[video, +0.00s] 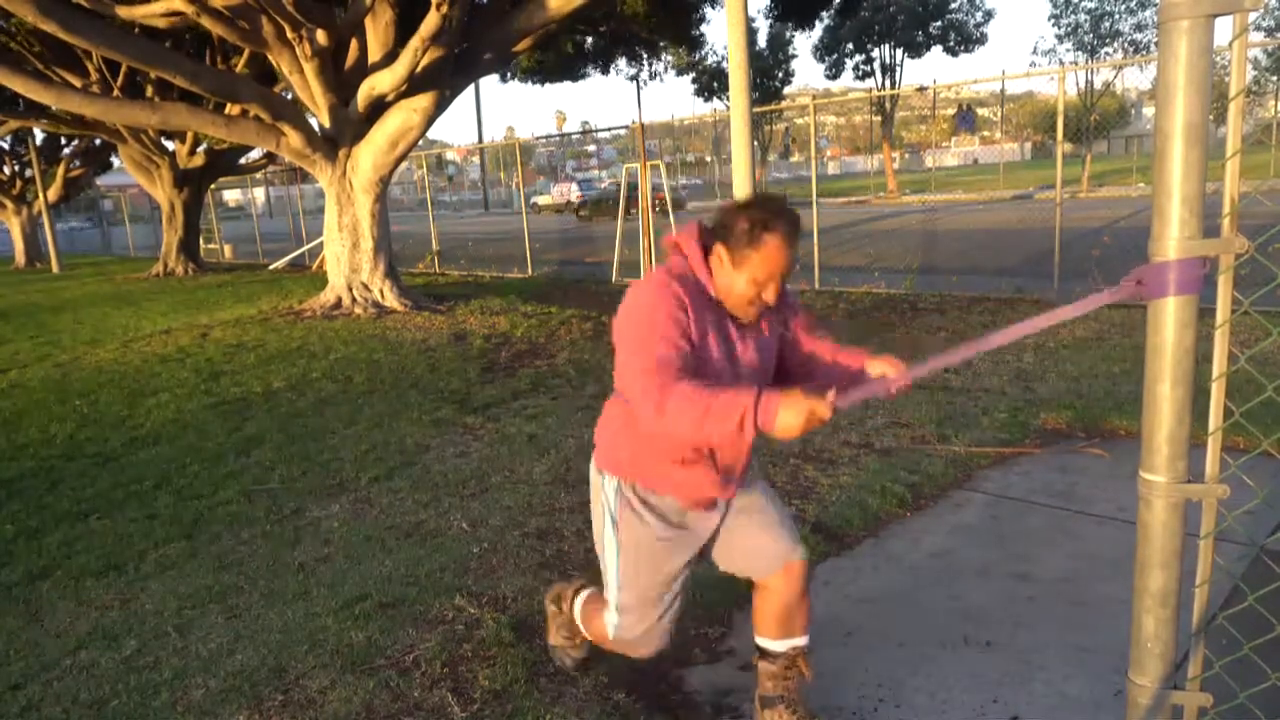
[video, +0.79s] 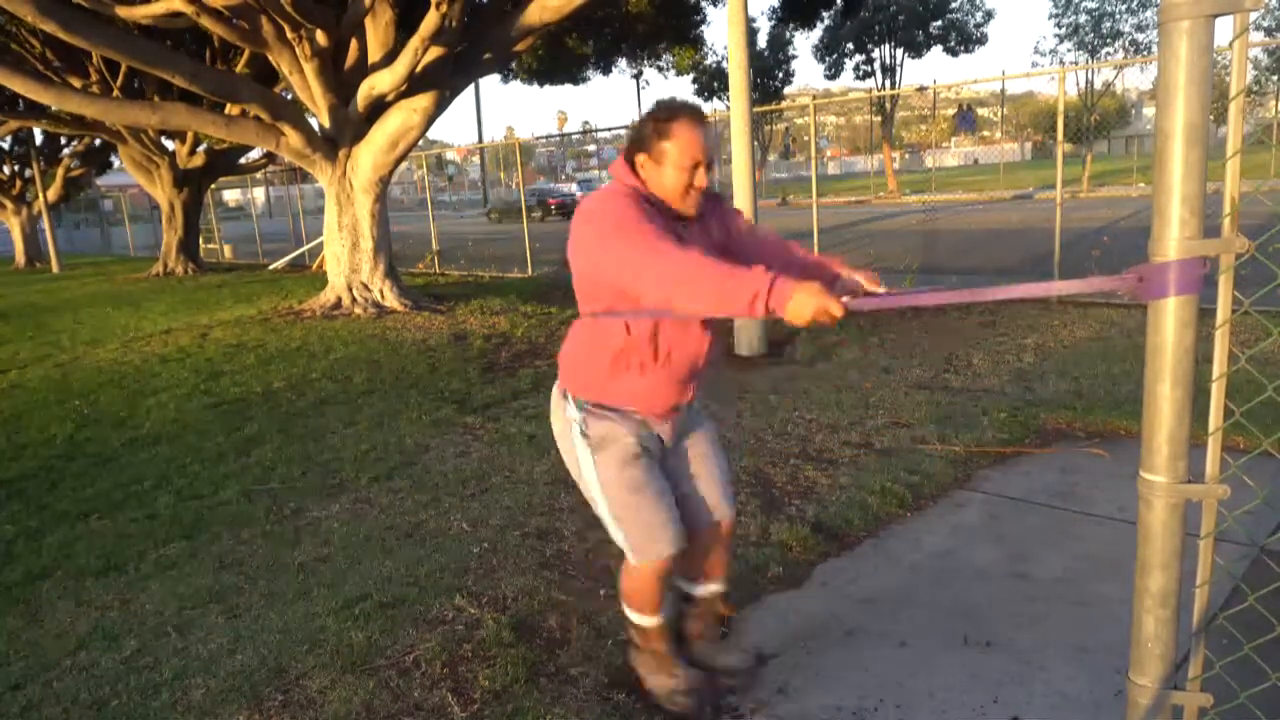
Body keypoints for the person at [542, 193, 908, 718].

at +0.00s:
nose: (772, 297)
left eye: (780, 283)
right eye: (760, 284)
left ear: (788, 269)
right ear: (719, 262)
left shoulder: (771, 305)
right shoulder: (655, 302)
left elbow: (804, 355)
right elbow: (660, 403)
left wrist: (863, 368)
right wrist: (761, 410)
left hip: (725, 476)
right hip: (643, 483)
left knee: (785, 566)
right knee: (639, 637)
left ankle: (779, 699)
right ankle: (571, 608)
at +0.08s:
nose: (790, 349)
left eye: (797, 334)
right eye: (779, 333)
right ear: (738, 311)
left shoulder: (773, 347)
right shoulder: (667, 346)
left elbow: (802, 409)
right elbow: (660, 456)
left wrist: (860, 407)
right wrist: (762, 462)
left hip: (722, 494)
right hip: (639, 505)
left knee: (785, 564)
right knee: (643, 658)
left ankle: (778, 699)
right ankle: (575, 612)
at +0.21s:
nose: (798, 418)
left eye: (805, 406)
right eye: (788, 406)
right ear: (747, 383)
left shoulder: (773, 396)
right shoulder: (674, 409)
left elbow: (801, 451)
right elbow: (670, 521)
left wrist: (857, 449)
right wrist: (770, 508)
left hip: (715, 529)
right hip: (637, 545)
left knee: (784, 565)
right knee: (652, 686)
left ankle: (779, 701)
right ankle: (579, 617)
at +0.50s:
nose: (772, 367)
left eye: (776, 352)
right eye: (759, 354)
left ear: (781, 341)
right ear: (714, 342)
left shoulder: (770, 375)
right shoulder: (650, 382)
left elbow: (803, 433)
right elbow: (637, 487)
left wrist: (855, 443)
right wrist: (739, 471)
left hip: (720, 507)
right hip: (637, 527)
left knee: (778, 568)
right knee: (642, 667)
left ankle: (779, 696)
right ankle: (580, 614)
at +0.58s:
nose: (750, 299)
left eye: (753, 284)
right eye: (737, 287)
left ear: (757, 277)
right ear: (691, 281)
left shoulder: (750, 322)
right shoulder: (636, 332)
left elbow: (783, 379)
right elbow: (638, 431)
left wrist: (847, 392)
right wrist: (738, 418)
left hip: (721, 481)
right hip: (635, 498)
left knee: (779, 566)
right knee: (631, 640)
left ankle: (780, 697)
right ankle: (574, 610)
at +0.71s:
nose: (721, 208)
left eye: (725, 193)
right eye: (708, 193)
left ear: (725, 190)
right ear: (664, 188)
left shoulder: (722, 244)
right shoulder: (615, 247)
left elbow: (764, 294)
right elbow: (645, 333)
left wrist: (832, 312)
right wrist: (754, 335)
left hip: (698, 425)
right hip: (613, 431)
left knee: (736, 542)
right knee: (635, 573)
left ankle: (767, 677)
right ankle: (597, 613)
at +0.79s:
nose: (706, 178)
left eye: (708, 165)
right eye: (692, 166)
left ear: (704, 162)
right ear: (643, 164)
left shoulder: (703, 214)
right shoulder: (607, 216)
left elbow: (765, 252)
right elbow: (670, 275)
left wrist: (831, 274)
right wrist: (775, 295)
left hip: (677, 404)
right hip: (601, 409)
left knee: (716, 520)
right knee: (655, 541)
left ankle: (702, 633)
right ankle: (651, 653)